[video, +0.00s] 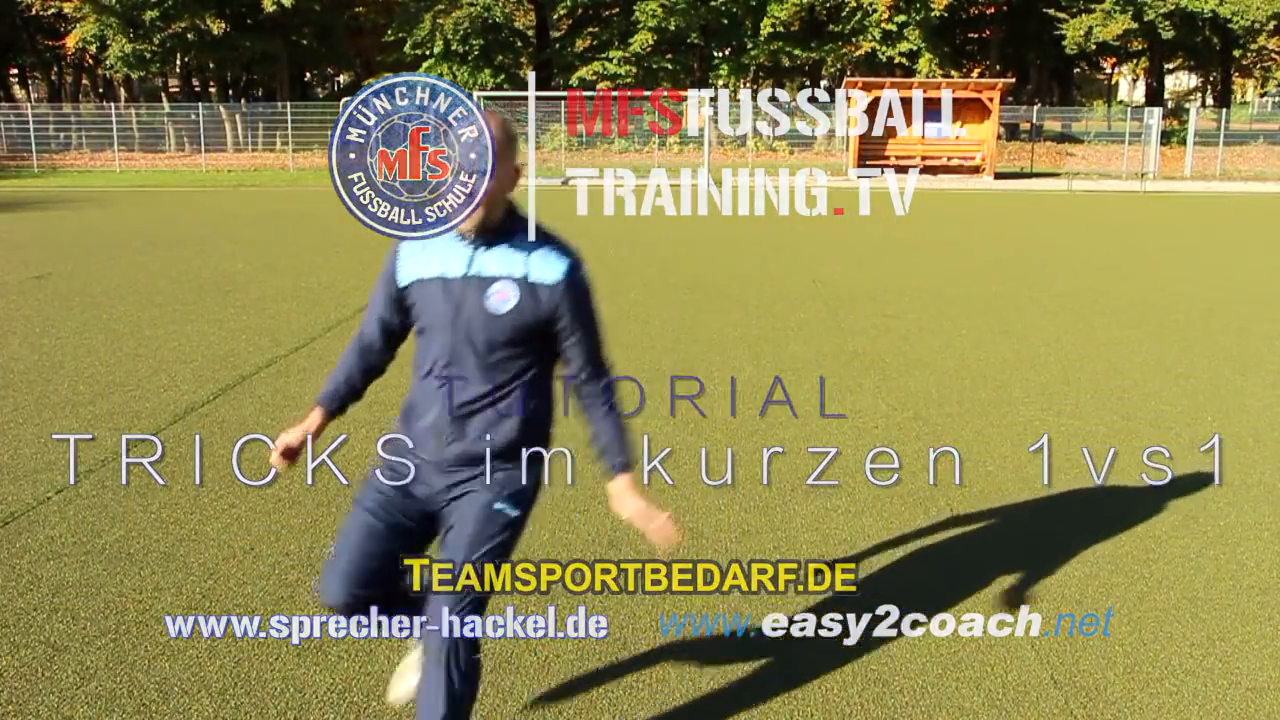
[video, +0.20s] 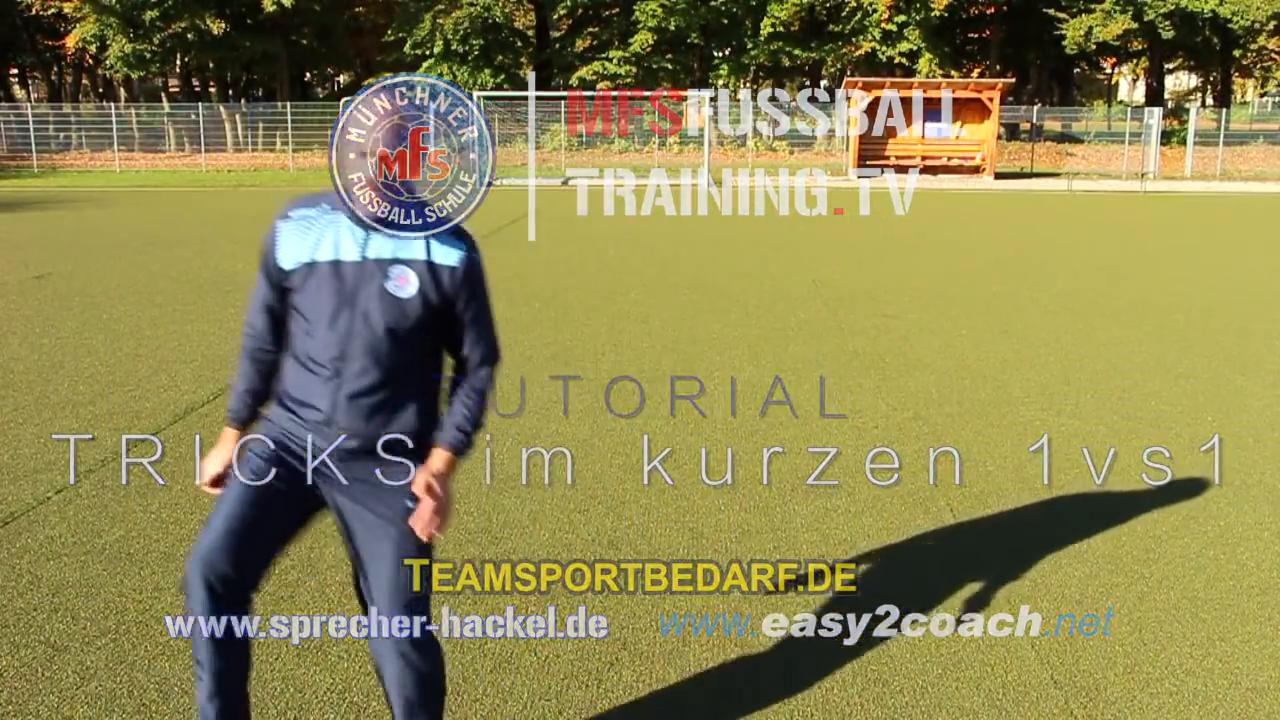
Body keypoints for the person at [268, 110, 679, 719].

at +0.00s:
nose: (472, 183)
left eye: (487, 168)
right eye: (461, 167)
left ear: (514, 175)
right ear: (444, 171)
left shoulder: (551, 267)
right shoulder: (415, 253)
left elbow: (591, 380)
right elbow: (371, 342)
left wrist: (621, 479)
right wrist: (317, 415)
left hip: (495, 473)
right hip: (411, 460)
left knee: (450, 620)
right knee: (345, 590)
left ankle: (439, 712)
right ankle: (441, 620)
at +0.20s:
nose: (386, 162)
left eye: (402, 148)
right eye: (373, 147)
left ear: (424, 156)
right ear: (349, 150)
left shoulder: (448, 250)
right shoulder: (296, 227)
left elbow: (477, 364)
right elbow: (262, 339)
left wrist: (439, 466)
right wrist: (233, 429)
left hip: (384, 462)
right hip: (286, 442)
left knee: (399, 627)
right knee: (211, 570)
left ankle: (420, 714)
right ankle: (222, 713)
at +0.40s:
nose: (299, 140)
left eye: (314, 125)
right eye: (283, 122)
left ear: (332, 127)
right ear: (248, 117)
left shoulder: (340, 219)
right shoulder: (173, 199)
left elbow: (351, 332)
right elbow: (98, 304)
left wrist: (358, 431)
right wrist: (58, 422)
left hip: (292, 447)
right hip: (184, 444)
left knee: (356, 623)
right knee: (136, 624)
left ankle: (371, 717)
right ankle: (86, 714)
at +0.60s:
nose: (254, 203)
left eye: (262, 189)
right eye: (239, 188)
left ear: (269, 186)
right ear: (191, 176)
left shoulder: (255, 274)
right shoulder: (107, 262)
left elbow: (258, 393)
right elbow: (14, 376)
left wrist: (261, 488)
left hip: (224, 502)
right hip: (127, 507)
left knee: (292, 621)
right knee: (96, 694)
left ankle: (252, 688)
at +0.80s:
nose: (287, 157)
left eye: (290, 143)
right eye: (274, 143)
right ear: (224, 134)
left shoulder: (262, 217)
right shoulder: (151, 218)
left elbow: (235, 326)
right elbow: (78, 337)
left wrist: (236, 412)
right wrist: (50, 450)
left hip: (234, 436)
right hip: (160, 446)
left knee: (249, 575)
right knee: (133, 624)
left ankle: (203, 703)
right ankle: (80, 712)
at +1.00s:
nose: (316, 150)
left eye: (319, 137)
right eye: (305, 138)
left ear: (275, 132)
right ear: (261, 129)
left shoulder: (265, 194)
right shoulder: (194, 207)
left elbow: (245, 313)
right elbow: (144, 334)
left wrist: (261, 401)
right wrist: (154, 442)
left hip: (256, 415)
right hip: (212, 425)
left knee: (247, 576)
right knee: (250, 588)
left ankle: (213, 697)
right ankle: (204, 711)